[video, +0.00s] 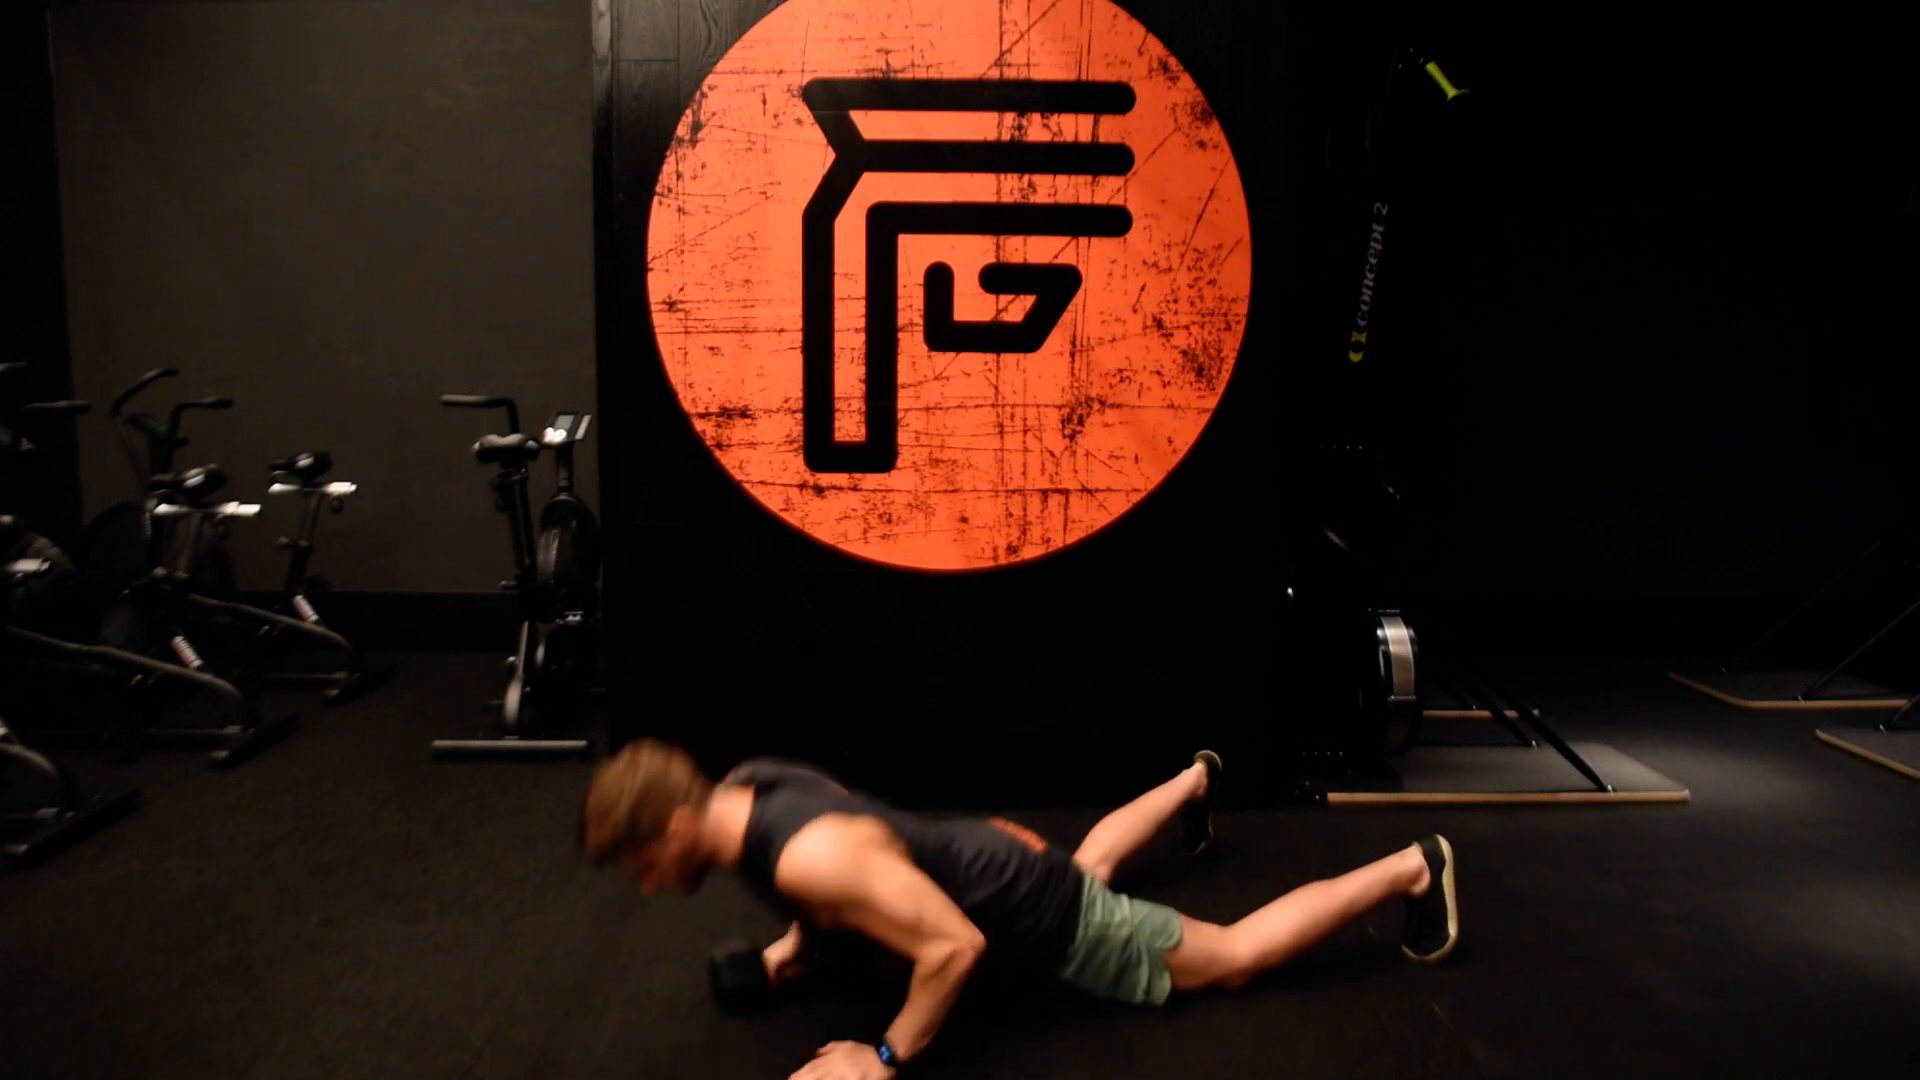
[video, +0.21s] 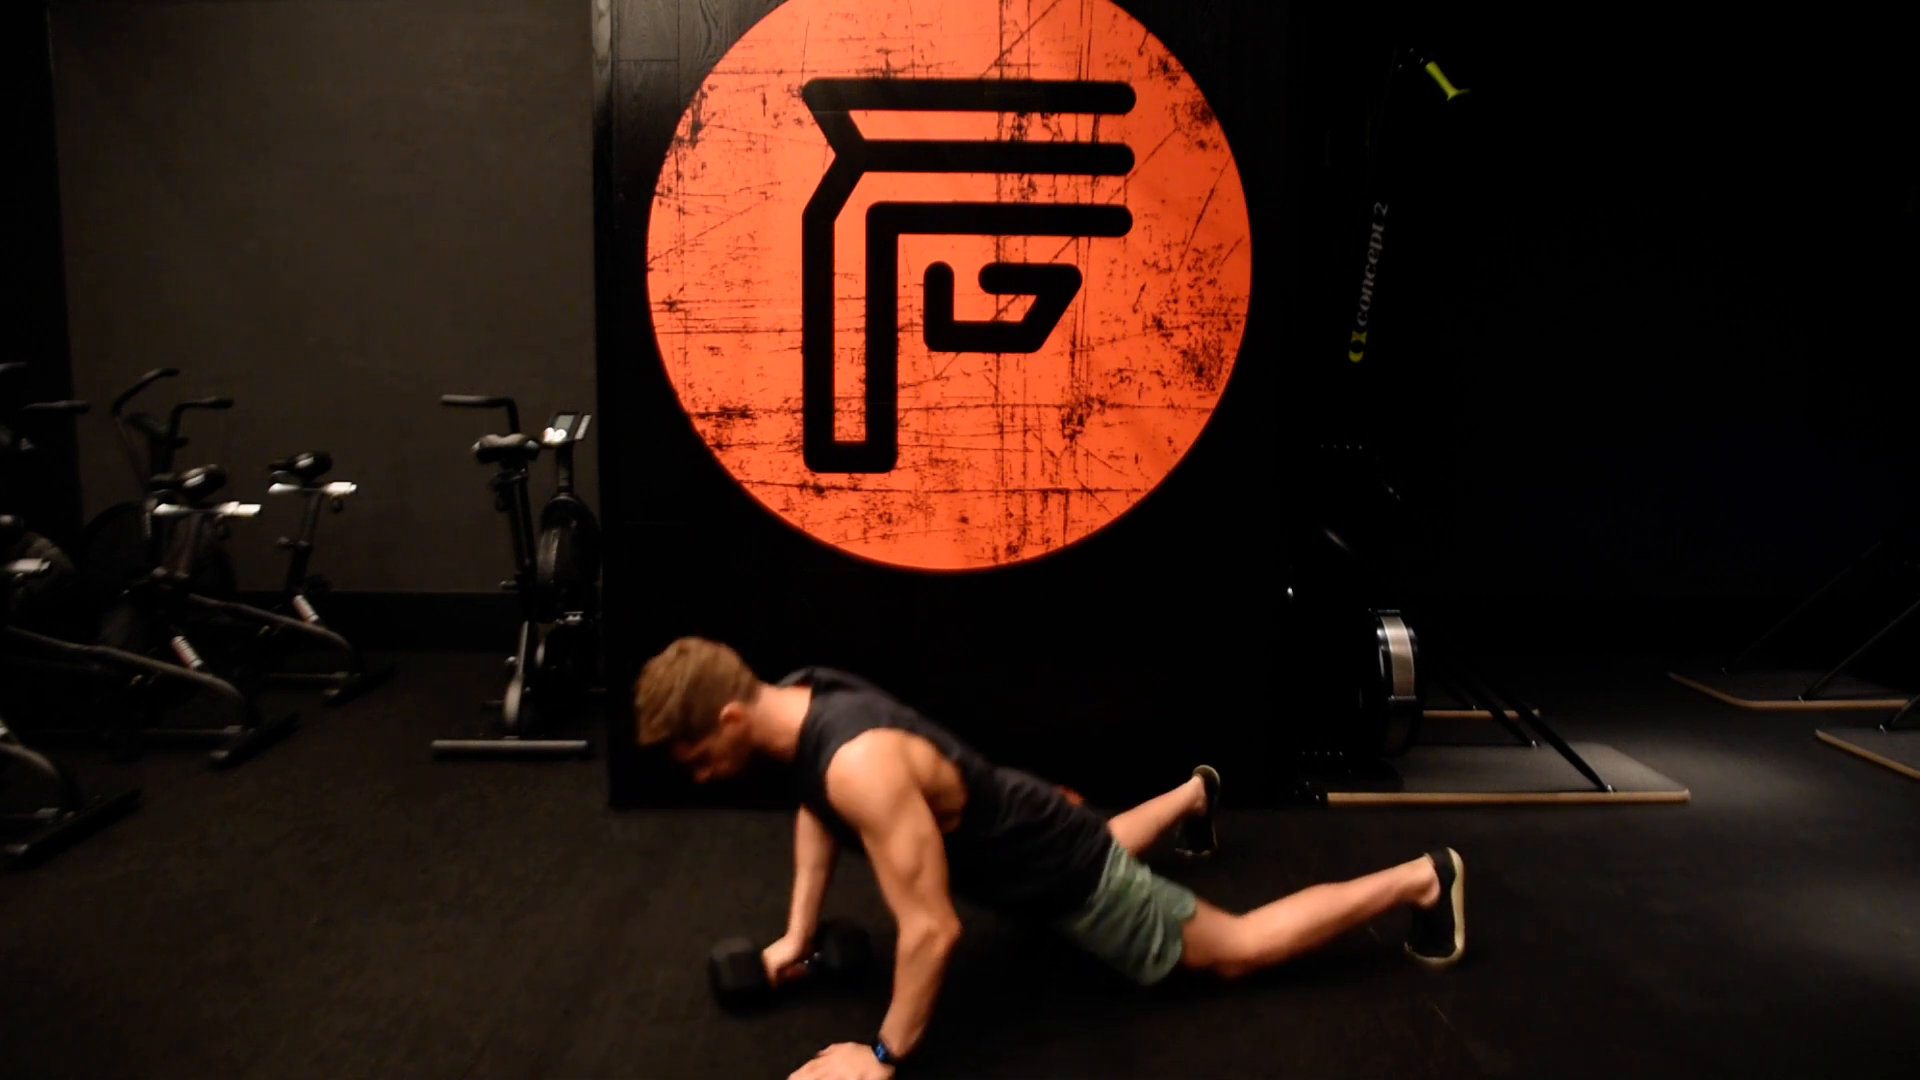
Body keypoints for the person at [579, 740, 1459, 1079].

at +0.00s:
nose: (637, 880)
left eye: (634, 865)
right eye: (626, 869)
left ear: (666, 835)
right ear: (676, 801)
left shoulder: (811, 864)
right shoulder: (745, 786)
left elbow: (953, 945)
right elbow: (838, 847)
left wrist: (885, 1054)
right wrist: (800, 935)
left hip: (1040, 911)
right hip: (986, 856)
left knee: (1228, 953)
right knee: (1080, 872)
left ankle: (1410, 866)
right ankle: (1191, 778)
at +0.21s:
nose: (695, 772)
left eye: (693, 756)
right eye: (684, 763)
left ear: (725, 720)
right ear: (729, 700)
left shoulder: (859, 774)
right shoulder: (797, 706)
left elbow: (931, 929)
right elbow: (814, 825)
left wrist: (886, 1055)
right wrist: (801, 935)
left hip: (1060, 864)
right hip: (1004, 828)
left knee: (1234, 947)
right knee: (1090, 857)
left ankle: (1421, 877)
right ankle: (1189, 790)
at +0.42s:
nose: (670, 773)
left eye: (663, 762)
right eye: (656, 767)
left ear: (682, 727)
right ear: (678, 699)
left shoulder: (805, 748)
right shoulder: (737, 675)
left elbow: (881, 915)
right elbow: (773, 819)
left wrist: (880, 1050)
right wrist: (796, 934)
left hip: (1052, 713)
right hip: (990, 678)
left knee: (1209, 835)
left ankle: (1400, 870)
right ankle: (1167, 787)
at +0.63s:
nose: (688, 763)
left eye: (679, 752)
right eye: (674, 759)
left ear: (696, 713)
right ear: (686, 692)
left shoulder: (804, 698)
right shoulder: (732, 668)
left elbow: (859, 887)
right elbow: (778, 804)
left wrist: (868, 1036)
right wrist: (796, 939)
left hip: (1012, 539)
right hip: (936, 551)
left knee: (1024, 769)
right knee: (916, 703)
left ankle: (1199, 888)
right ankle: (1050, 804)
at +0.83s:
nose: (657, 692)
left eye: (652, 674)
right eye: (644, 683)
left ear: (674, 630)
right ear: (673, 626)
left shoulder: (783, 628)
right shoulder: (731, 642)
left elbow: (814, 826)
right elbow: (766, 793)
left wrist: (788, 990)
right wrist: (795, 934)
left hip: (1005, 597)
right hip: (919, 612)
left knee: (891, 774)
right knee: (793, 766)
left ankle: (953, 1002)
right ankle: (834, 917)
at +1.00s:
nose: (634, 599)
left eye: (637, 577)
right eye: (624, 584)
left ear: (675, 535)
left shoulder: (802, 560)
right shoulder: (719, 627)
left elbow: (842, 740)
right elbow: (755, 771)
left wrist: (787, 901)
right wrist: (766, 920)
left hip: (987, 635)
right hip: (891, 653)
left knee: (870, 784)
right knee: (753, 730)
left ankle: (950, 1001)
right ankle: (835, 914)